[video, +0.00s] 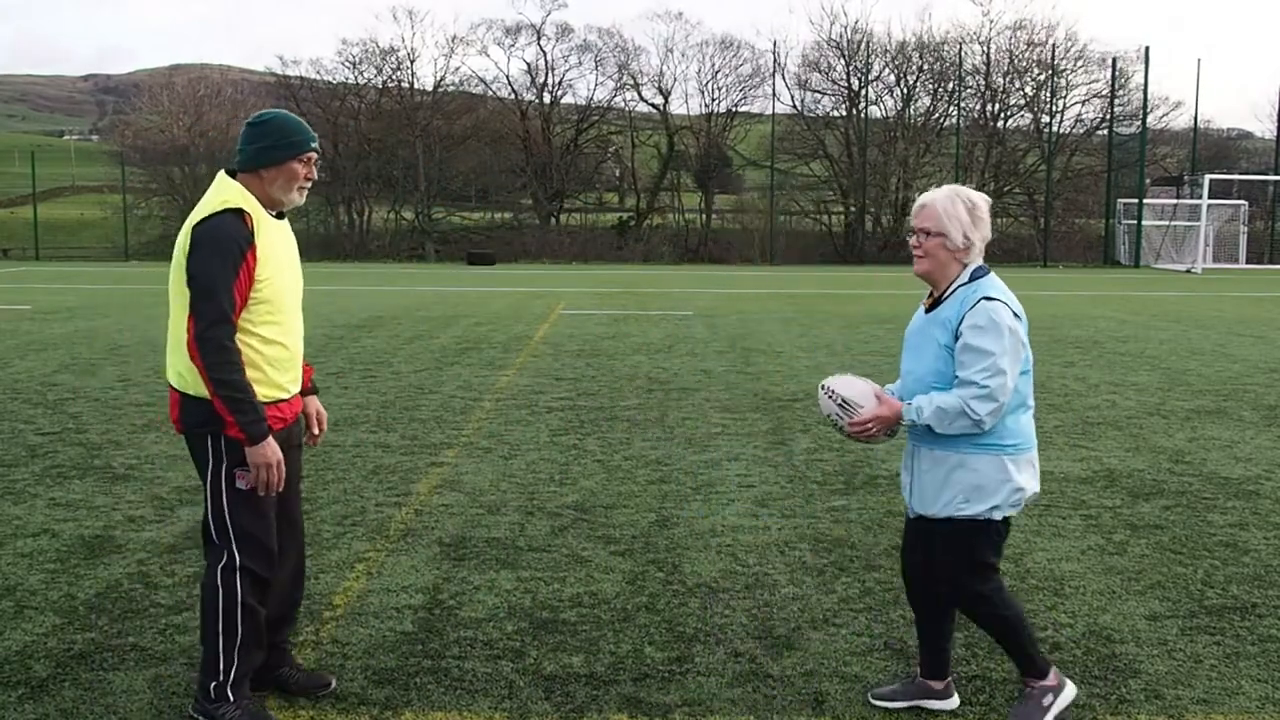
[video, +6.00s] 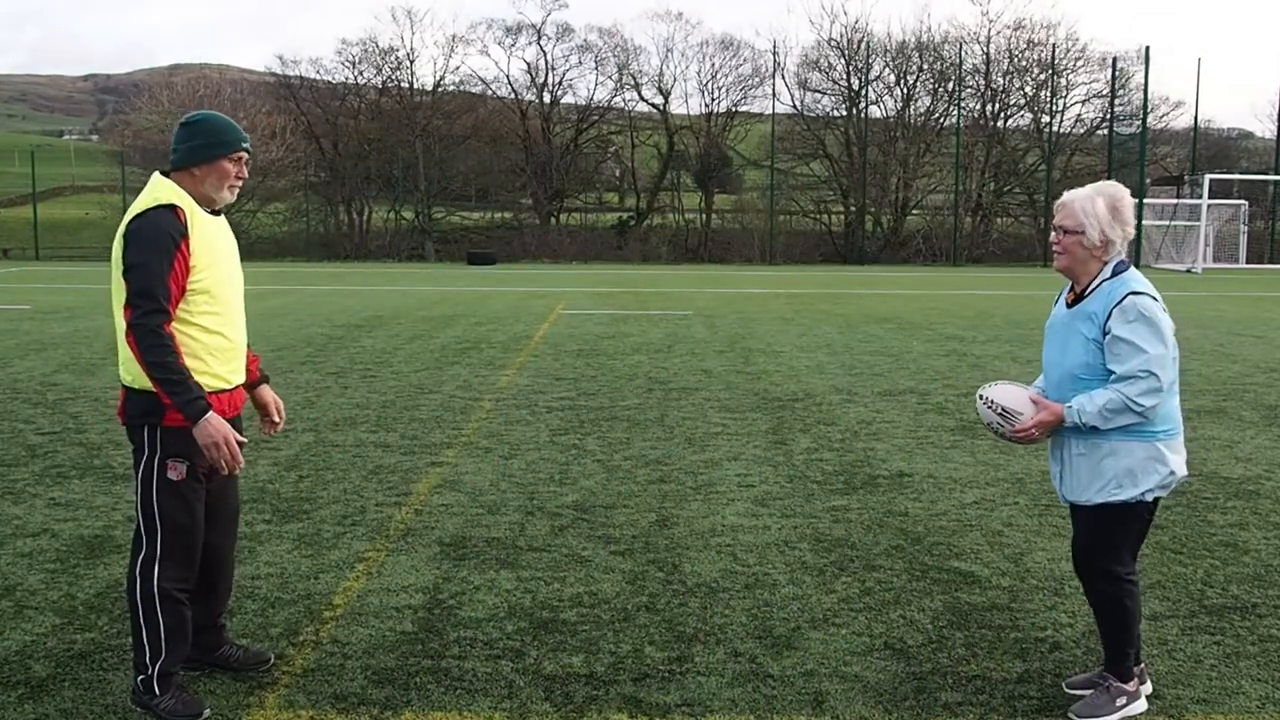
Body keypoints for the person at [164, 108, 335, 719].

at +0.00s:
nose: (311, 174)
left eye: (313, 164)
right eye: (302, 163)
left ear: (276, 166)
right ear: (264, 163)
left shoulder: (271, 221)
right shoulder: (223, 225)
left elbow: (276, 316)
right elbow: (211, 337)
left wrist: (303, 386)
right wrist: (253, 434)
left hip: (272, 412)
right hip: (225, 419)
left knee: (282, 548)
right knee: (240, 557)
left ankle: (269, 662)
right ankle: (222, 693)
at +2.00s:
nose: (404, 199)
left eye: (406, 187)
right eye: (395, 187)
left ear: (367, 192)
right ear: (356, 188)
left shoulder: (365, 240)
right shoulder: (307, 245)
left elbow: (375, 331)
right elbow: (284, 359)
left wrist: (401, 408)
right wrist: (325, 456)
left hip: (351, 430)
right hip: (291, 436)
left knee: (378, 540)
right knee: (304, 572)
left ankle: (293, 643)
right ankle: (248, 686)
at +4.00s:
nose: (246, 178)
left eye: (248, 168)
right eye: (236, 167)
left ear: (220, 173)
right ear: (198, 169)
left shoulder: (207, 228)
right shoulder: (159, 226)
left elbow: (204, 326)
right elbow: (142, 336)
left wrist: (252, 376)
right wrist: (202, 413)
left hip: (195, 407)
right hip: (143, 409)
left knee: (221, 523)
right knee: (149, 547)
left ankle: (203, 645)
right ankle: (131, 675)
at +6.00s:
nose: (241, 174)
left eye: (244, 164)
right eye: (232, 161)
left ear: (227, 168)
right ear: (194, 160)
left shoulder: (209, 219)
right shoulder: (158, 218)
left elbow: (217, 316)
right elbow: (147, 327)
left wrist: (255, 382)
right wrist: (199, 411)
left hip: (215, 409)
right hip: (166, 412)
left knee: (215, 536)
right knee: (168, 549)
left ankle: (205, 640)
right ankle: (156, 680)